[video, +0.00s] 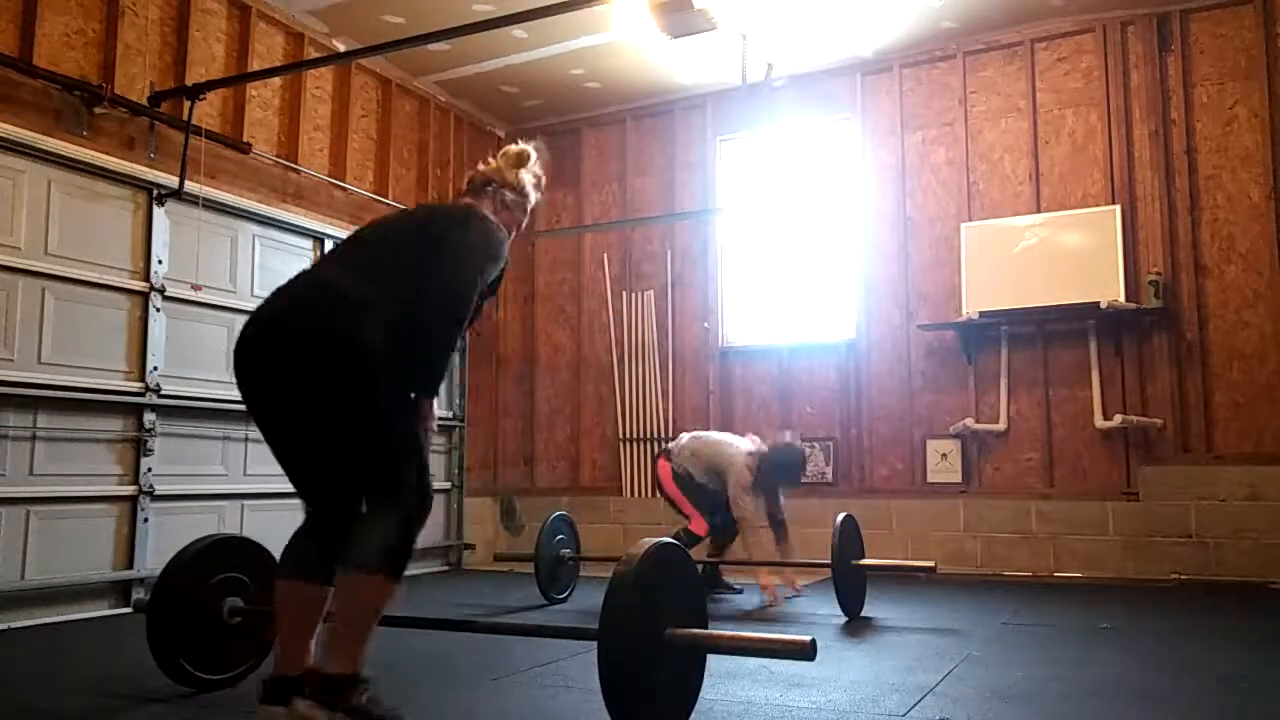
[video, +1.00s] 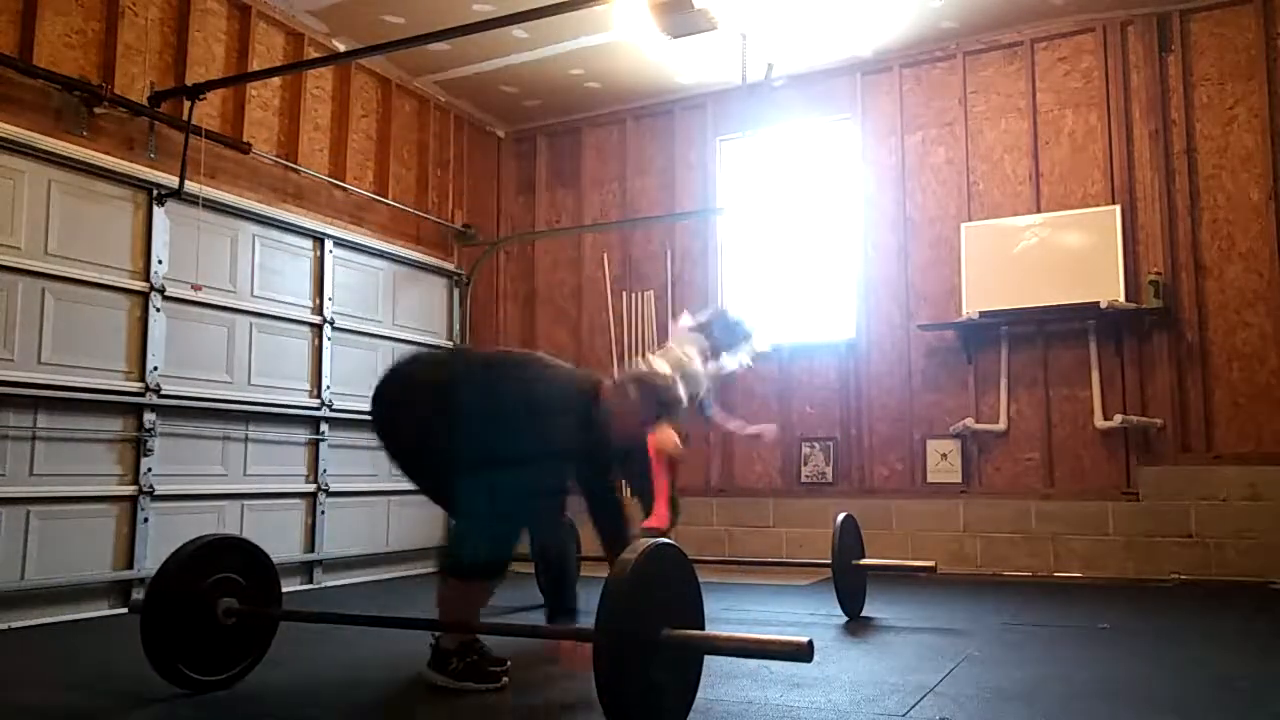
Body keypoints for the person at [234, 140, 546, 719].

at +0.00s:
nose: (511, 229)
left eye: (516, 220)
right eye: (514, 218)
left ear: (466, 194)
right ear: (505, 206)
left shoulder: (410, 221)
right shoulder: (486, 234)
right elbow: (440, 314)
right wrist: (425, 400)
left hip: (269, 345)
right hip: (347, 358)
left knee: (330, 505)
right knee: (401, 499)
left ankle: (286, 678)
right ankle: (336, 680)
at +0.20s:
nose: (516, 222)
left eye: (519, 210)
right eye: (518, 210)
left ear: (463, 191)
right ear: (506, 203)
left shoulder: (422, 231)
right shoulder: (473, 250)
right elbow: (438, 335)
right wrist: (440, 414)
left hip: (295, 385)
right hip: (358, 397)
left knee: (369, 537)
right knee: (416, 533)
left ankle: (267, 674)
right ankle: (321, 697)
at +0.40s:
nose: (536, 134)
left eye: (541, 124)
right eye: (537, 120)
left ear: (490, 96)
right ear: (512, 103)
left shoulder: (445, 136)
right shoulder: (483, 148)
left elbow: (432, 236)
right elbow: (453, 239)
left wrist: (490, 272)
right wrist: (464, 316)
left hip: (357, 302)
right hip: (401, 312)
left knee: (389, 451)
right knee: (422, 447)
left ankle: (312, 593)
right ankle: (338, 584)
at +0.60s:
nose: (577, 169)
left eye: (586, 157)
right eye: (582, 151)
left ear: (549, 128)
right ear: (556, 131)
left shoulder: (505, 180)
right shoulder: (500, 181)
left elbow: (479, 274)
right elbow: (470, 274)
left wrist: (509, 333)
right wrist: (493, 342)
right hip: (396, 316)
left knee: (483, 413)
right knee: (483, 416)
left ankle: (376, 499)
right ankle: (374, 500)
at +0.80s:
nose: (607, 297)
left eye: (615, 288)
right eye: (607, 282)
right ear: (583, 261)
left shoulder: (553, 315)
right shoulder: (536, 309)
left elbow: (536, 396)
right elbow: (501, 399)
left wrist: (550, 458)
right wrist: (529, 465)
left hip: (474, 418)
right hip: (446, 420)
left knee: (499, 524)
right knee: (498, 526)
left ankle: (458, 643)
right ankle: (449, 651)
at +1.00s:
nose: (637, 434)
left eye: (645, 426)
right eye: (640, 420)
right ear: (620, 392)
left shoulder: (586, 414)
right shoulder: (566, 410)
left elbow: (603, 499)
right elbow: (550, 526)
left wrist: (629, 570)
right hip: (411, 404)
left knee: (493, 513)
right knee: (487, 514)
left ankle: (459, 642)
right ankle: (452, 649)